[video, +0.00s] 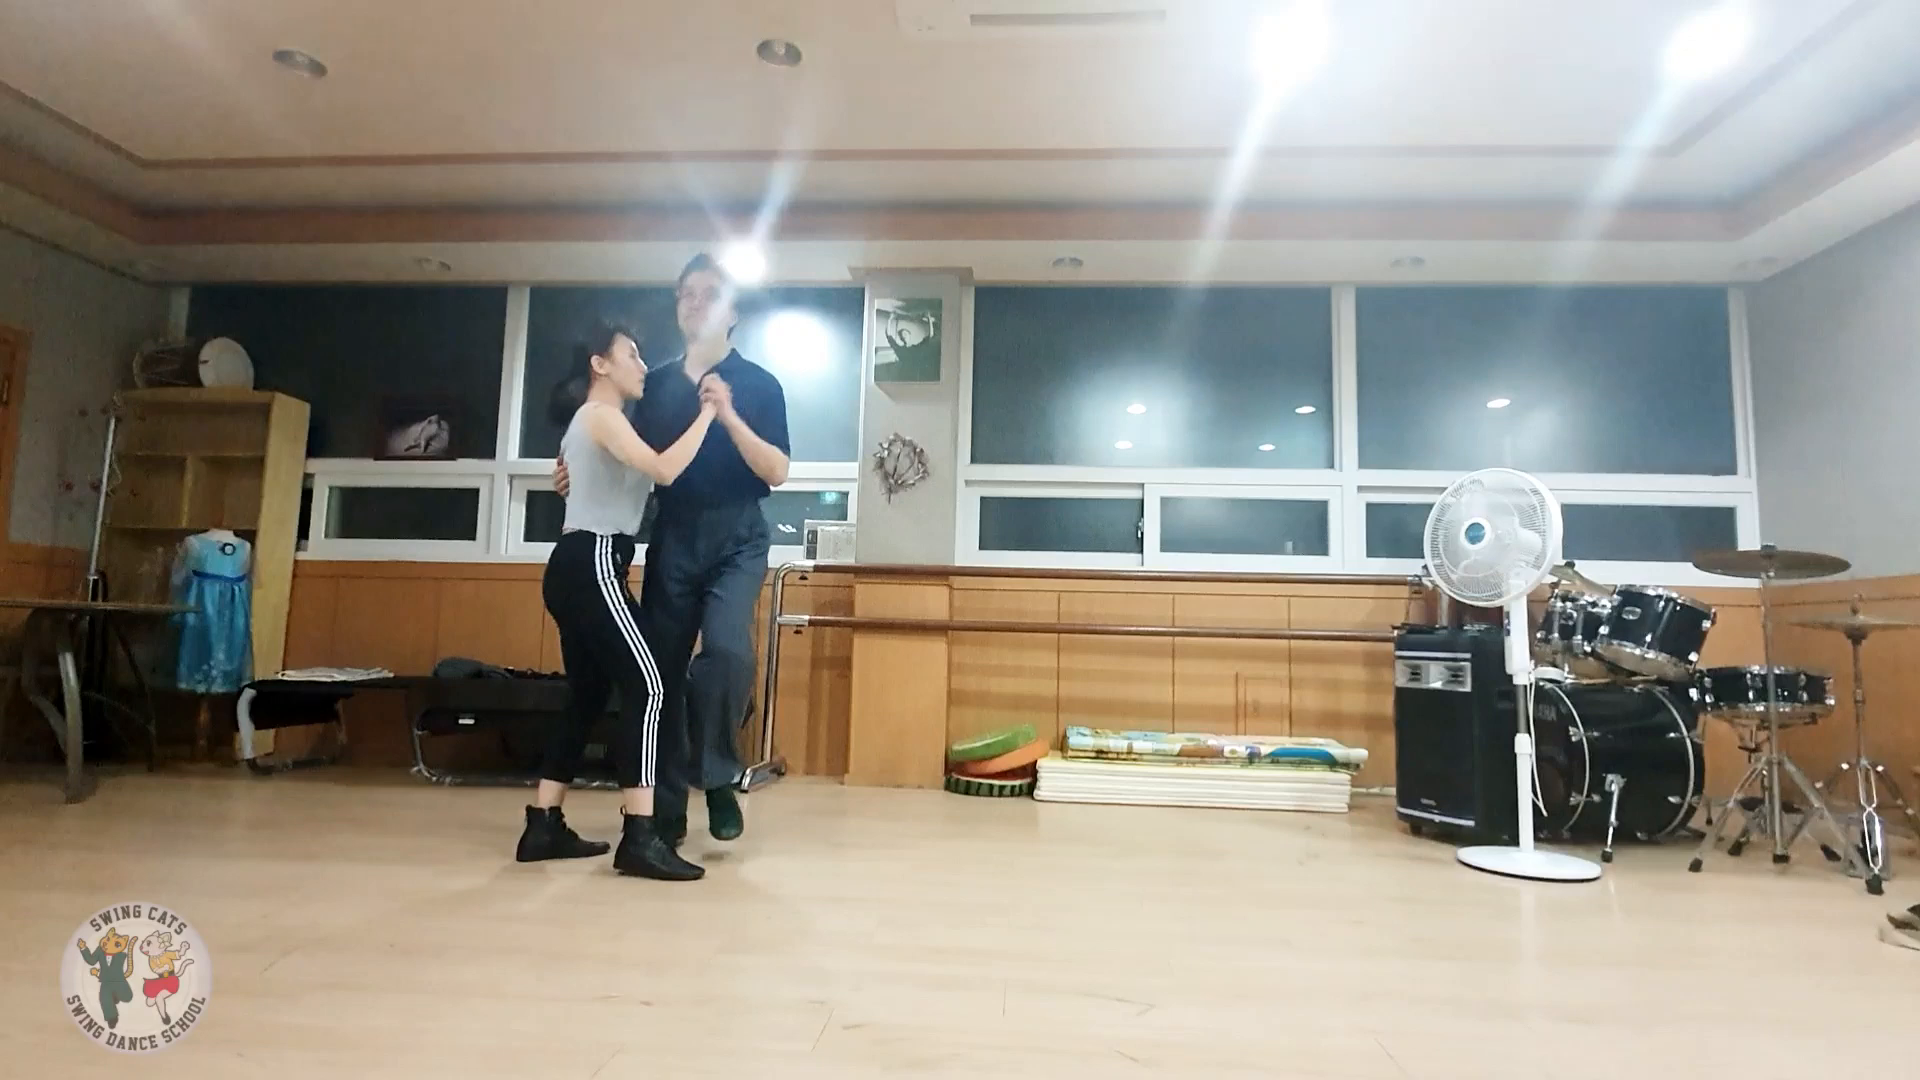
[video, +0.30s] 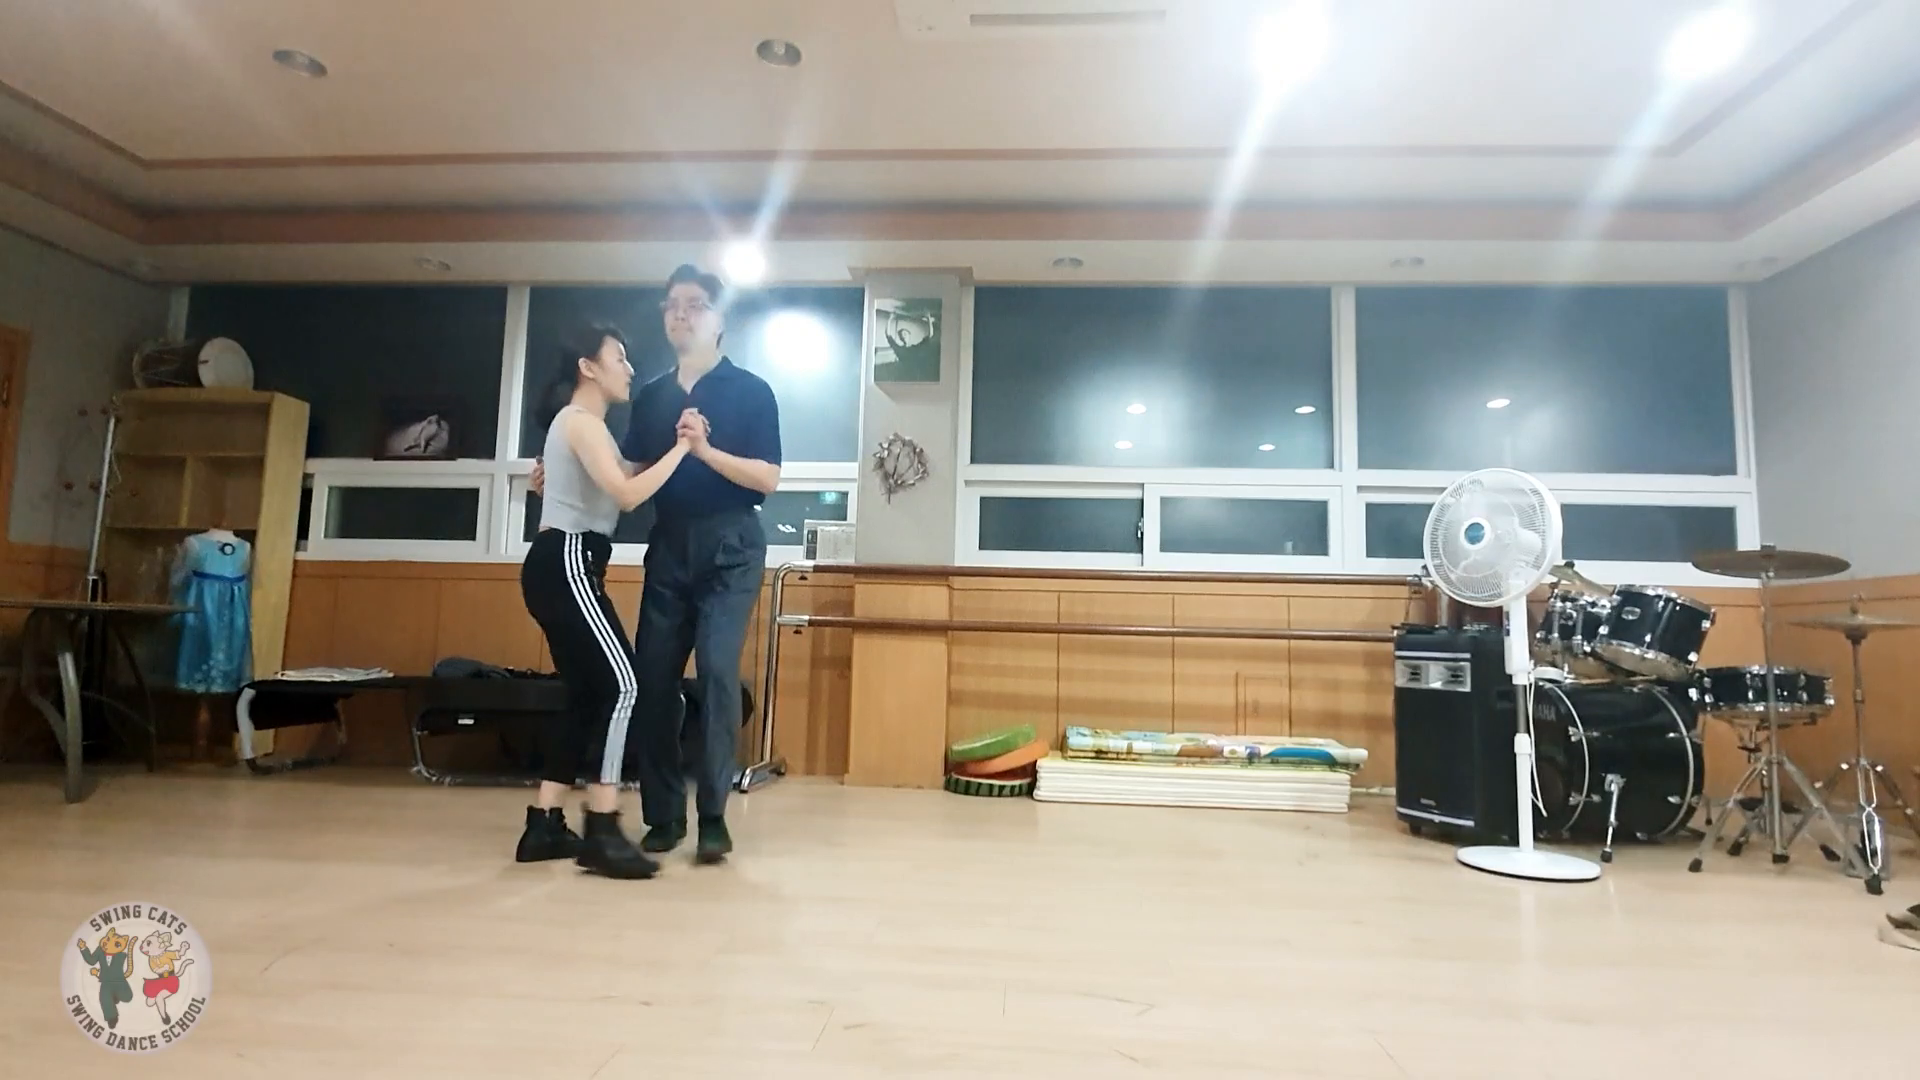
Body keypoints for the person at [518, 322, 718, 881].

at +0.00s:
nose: (643, 365)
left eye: (640, 355)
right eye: (632, 355)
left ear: (605, 368)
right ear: (600, 365)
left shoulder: (591, 422)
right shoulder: (601, 416)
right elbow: (664, 469)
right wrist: (709, 416)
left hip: (576, 565)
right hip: (593, 566)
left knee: (587, 693)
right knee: (650, 688)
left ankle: (543, 825)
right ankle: (640, 836)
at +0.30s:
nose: (630, 368)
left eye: (627, 359)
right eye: (620, 359)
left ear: (591, 371)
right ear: (588, 368)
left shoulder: (578, 423)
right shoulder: (581, 423)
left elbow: (611, 489)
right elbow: (626, 494)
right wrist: (683, 448)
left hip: (558, 563)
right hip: (566, 565)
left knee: (585, 691)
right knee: (624, 685)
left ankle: (544, 825)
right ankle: (603, 829)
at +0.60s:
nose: (597, 373)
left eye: (595, 362)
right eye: (586, 362)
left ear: (562, 374)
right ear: (551, 371)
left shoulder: (558, 432)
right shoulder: (532, 424)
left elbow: (591, 485)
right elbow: (592, 495)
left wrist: (644, 461)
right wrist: (653, 465)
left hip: (537, 573)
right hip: (504, 568)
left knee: (568, 688)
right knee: (516, 703)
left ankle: (545, 825)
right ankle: (439, 820)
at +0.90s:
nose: (571, 378)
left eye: (571, 368)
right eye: (560, 367)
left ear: (546, 378)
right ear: (523, 374)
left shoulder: (546, 441)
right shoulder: (501, 424)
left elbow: (568, 509)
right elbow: (573, 484)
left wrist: (624, 472)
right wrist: (636, 457)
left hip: (497, 571)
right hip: (451, 559)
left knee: (552, 682)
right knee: (445, 694)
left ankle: (547, 815)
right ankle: (427, 828)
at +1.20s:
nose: (579, 382)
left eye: (580, 373)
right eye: (568, 370)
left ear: (567, 383)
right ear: (533, 377)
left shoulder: (559, 441)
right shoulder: (515, 431)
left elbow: (580, 512)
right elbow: (580, 493)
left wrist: (635, 476)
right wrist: (638, 471)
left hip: (541, 573)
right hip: (504, 567)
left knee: (573, 686)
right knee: (523, 696)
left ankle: (554, 815)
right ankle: (446, 818)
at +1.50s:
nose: (589, 381)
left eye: (590, 373)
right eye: (576, 372)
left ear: (589, 384)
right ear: (543, 380)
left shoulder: (579, 448)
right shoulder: (521, 432)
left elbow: (610, 512)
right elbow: (577, 479)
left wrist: (662, 473)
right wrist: (654, 462)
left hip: (556, 573)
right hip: (514, 568)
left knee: (574, 686)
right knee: (539, 689)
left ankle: (556, 814)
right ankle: (502, 815)